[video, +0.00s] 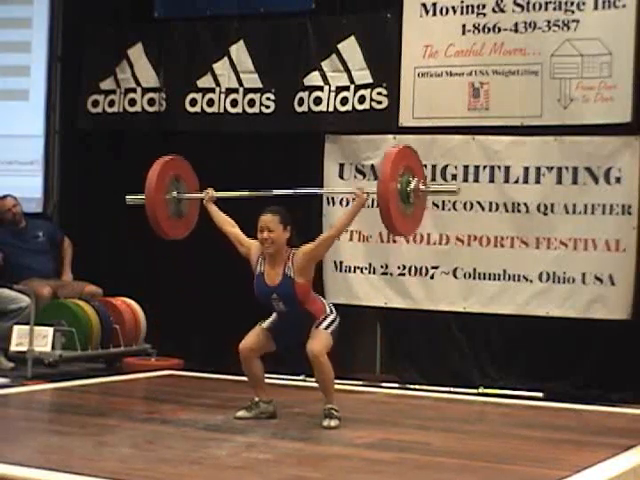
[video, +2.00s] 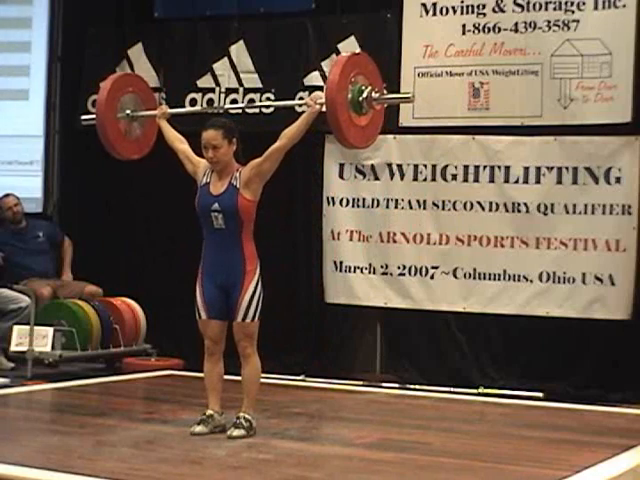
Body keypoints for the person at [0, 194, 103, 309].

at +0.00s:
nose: (14, 211)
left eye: (15, 206)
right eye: (8, 211)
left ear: (20, 205)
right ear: (2, 217)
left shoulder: (41, 226)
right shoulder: (4, 235)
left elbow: (66, 242)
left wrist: (67, 274)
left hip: (53, 279)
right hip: (24, 281)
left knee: (95, 292)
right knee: (45, 293)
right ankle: (34, 337)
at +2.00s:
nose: (15, 211)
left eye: (16, 205)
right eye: (9, 209)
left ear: (22, 206)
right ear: (3, 215)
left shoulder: (41, 226)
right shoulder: (4, 235)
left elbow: (66, 242)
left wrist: (67, 273)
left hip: (54, 279)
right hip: (26, 280)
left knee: (94, 292)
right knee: (45, 293)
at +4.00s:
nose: (101, 232)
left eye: (106, 228)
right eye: (98, 226)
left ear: (109, 230)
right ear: (89, 224)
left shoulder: (107, 247)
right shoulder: (69, 241)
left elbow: (101, 276)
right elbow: (53, 277)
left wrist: (94, 295)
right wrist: (85, 296)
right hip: (41, 267)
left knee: (102, 298)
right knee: (56, 296)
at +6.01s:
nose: (91, 213)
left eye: (91, 209)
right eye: (86, 209)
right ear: (74, 211)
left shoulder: (83, 242)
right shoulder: (52, 231)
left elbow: (83, 268)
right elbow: (40, 262)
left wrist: (78, 283)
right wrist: (61, 284)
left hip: (69, 282)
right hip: (44, 280)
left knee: (95, 292)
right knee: (48, 292)